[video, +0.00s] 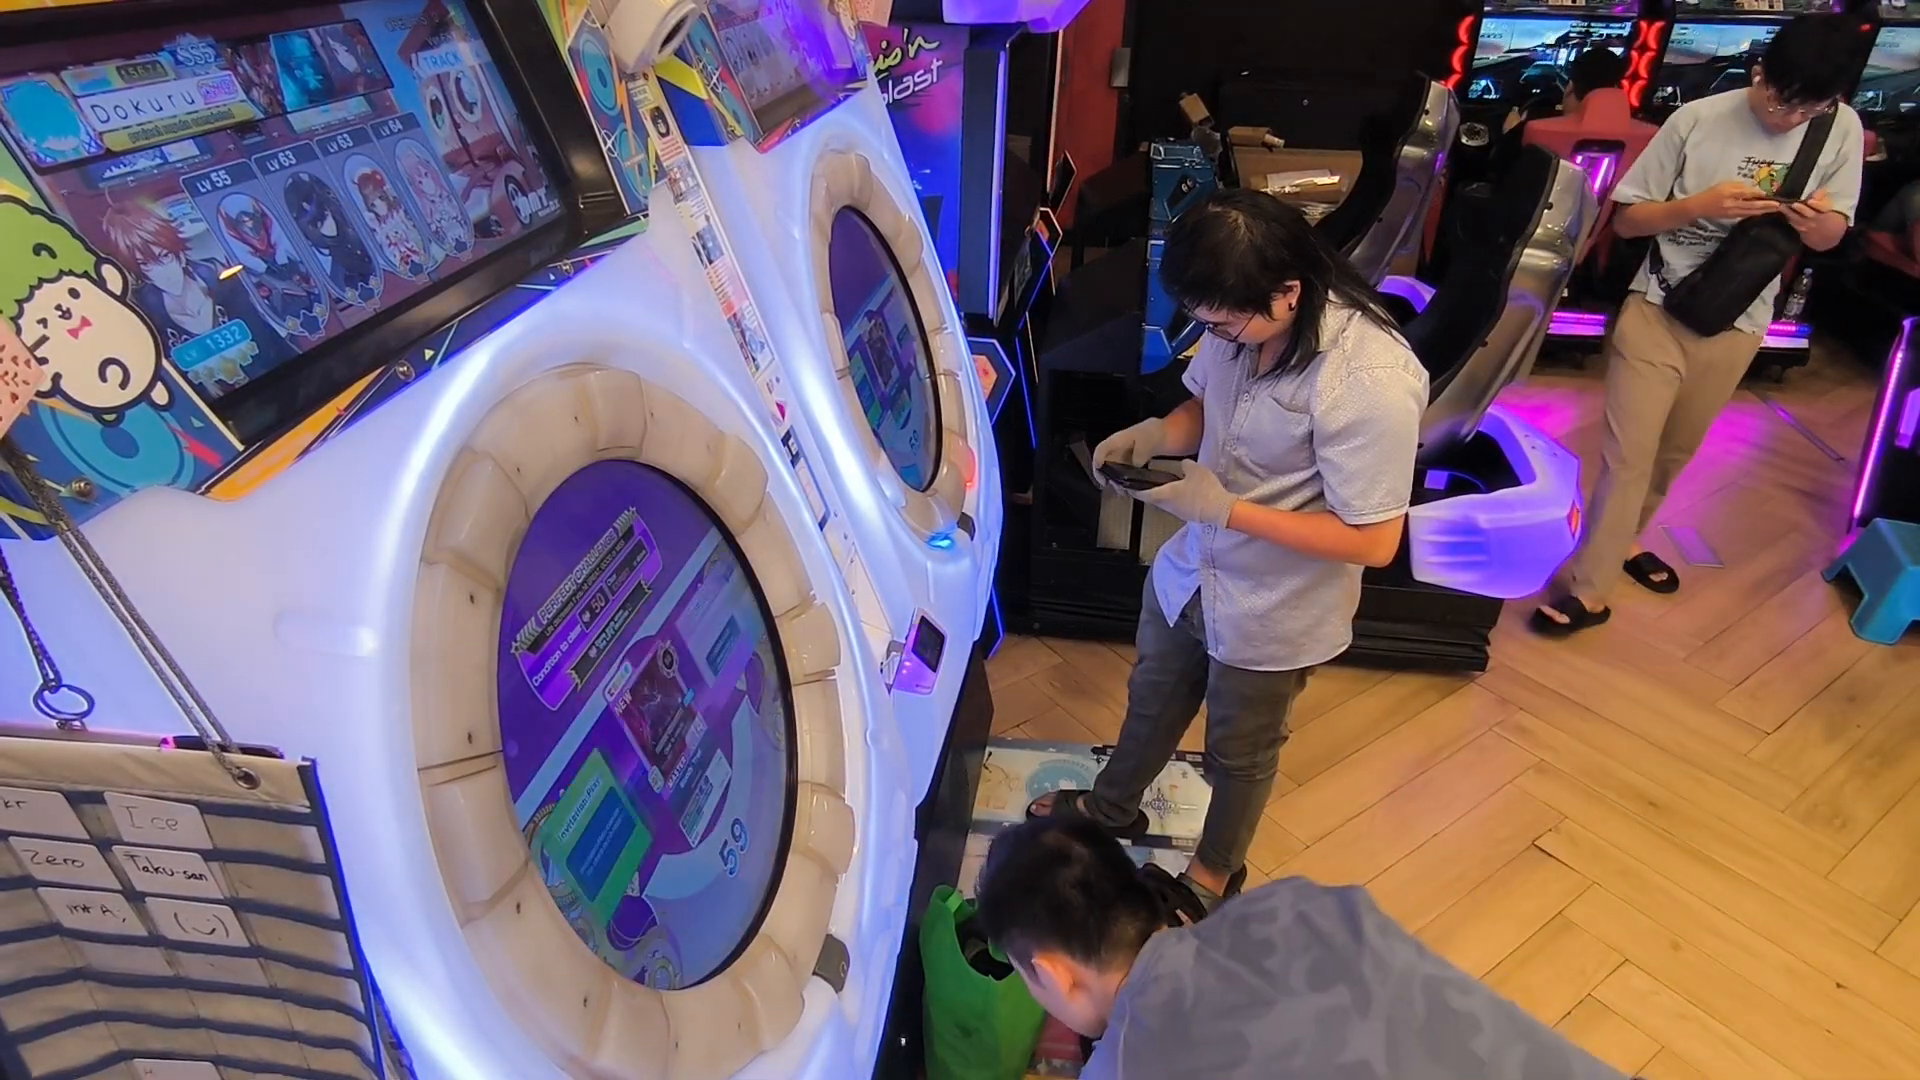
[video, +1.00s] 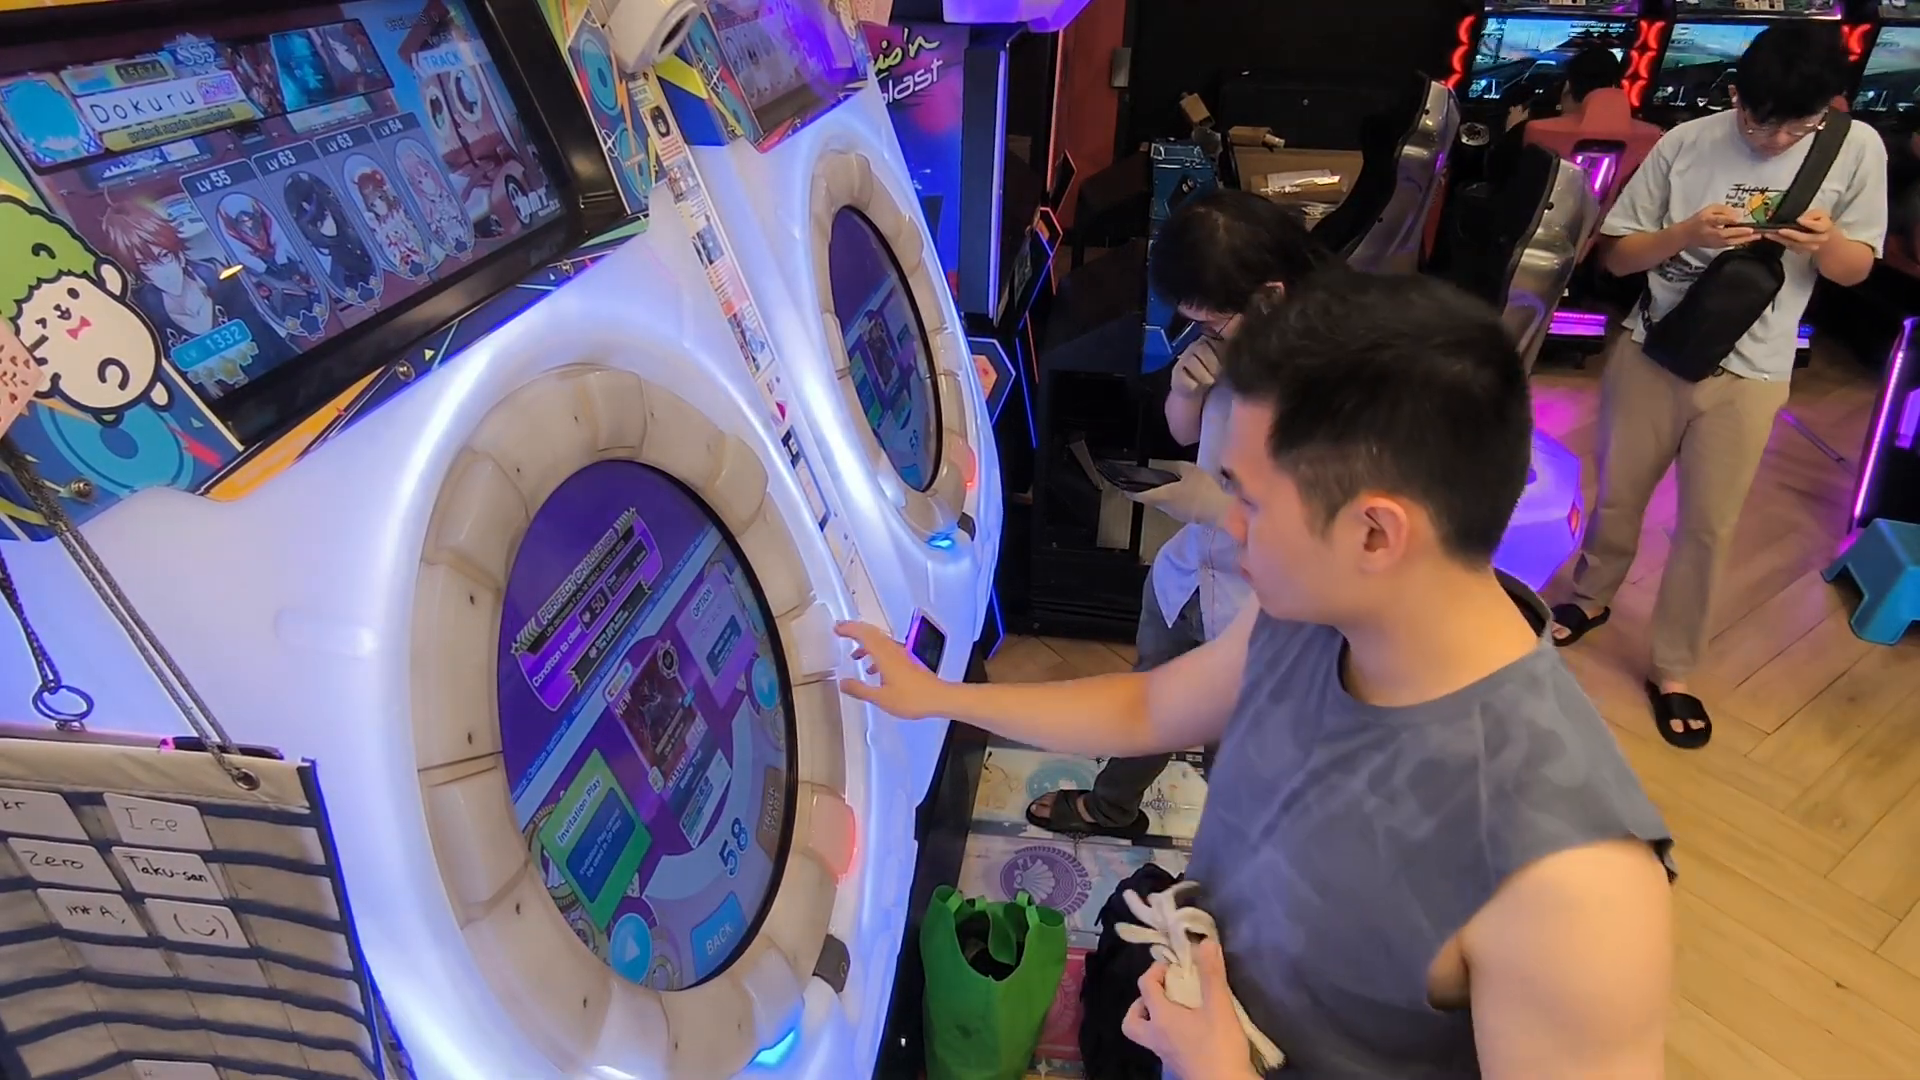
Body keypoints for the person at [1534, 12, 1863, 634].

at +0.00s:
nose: (1785, 115)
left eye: (1804, 107)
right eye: (1780, 97)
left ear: (1828, 98)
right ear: (1761, 70)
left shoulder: (1840, 132)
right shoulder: (1696, 121)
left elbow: (1832, 235)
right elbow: (1624, 219)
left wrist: (1820, 227)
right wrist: (1697, 207)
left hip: (1736, 330)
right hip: (1656, 310)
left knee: (1674, 452)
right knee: (1628, 456)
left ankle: (1624, 543)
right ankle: (1586, 592)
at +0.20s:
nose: (1778, 113)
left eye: (1794, 102)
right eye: (1771, 97)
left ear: (1816, 93)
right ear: (1746, 76)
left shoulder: (1831, 129)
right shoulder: (1681, 133)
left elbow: (1832, 236)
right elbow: (1618, 240)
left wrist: (1824, 223)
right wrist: (1693, 217)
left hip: (1740, 342)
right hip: (1659, 322)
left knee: (1674, 459)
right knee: (1626, 468)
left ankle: (1623, 543)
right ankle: (1588, 596)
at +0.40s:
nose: (1755, 116)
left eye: (1771, 106)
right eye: (1747, 100)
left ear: (1798, 96)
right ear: (1723, 77)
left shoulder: (1823, 129)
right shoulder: (1667, 136)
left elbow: (1827, 239)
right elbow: (1607, 246)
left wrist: (1817, 219)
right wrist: (1684, 218)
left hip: (1742, 346)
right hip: (1649, 330)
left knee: (1715, 467)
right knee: (1618, 477)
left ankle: (1635, 538)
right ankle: (1586, 595)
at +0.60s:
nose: (1746, 124)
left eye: (1764, 113)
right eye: (1737, 106)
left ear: (1791, 100)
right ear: (1717, 82)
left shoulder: (1821, 132)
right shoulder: (1659, 138)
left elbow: (1829, 242)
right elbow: (1601, 248)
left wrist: (1814, 220)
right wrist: (1675, 221)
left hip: (1746, 352)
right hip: (1649, 337)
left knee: (1722, 488)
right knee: (1620, 478)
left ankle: (1664, 598)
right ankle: (1588, 596)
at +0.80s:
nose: (1755, 131)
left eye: (1773, 120)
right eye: (1744, 114)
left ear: (1801, 102)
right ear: (1720, 89)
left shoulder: (1831, 138)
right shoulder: (1665, 141)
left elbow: (1842, 254)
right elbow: (1603, 253)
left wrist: (1818, 228)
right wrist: (1669, 230)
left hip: (1740, 362)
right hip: (1643, 346)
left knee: (1710, 512)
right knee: (1613, 491)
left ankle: (1684, 644)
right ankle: (1588, 598)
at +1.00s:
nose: (1770, 139)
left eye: (1790, 130)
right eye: (1758, 122)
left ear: (1823, 109)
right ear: (1739, 92)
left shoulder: (1854, 150)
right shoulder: (1686, 144)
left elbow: (1857, 269)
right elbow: (1614, 256)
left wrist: (1826, 245)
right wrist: (1686, 235)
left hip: (1749, 376)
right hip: (1652, 357)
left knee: (1707, 530)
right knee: (1615, 498)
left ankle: (1674, 670)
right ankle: (1587, 597)